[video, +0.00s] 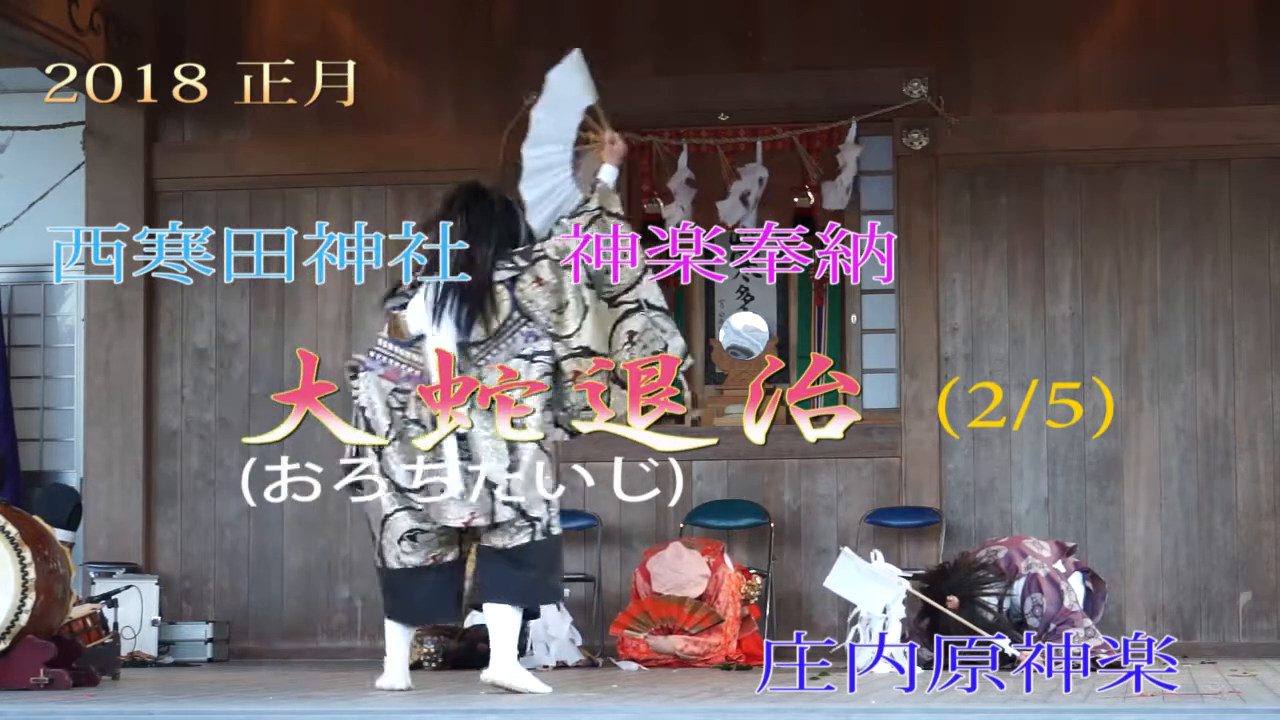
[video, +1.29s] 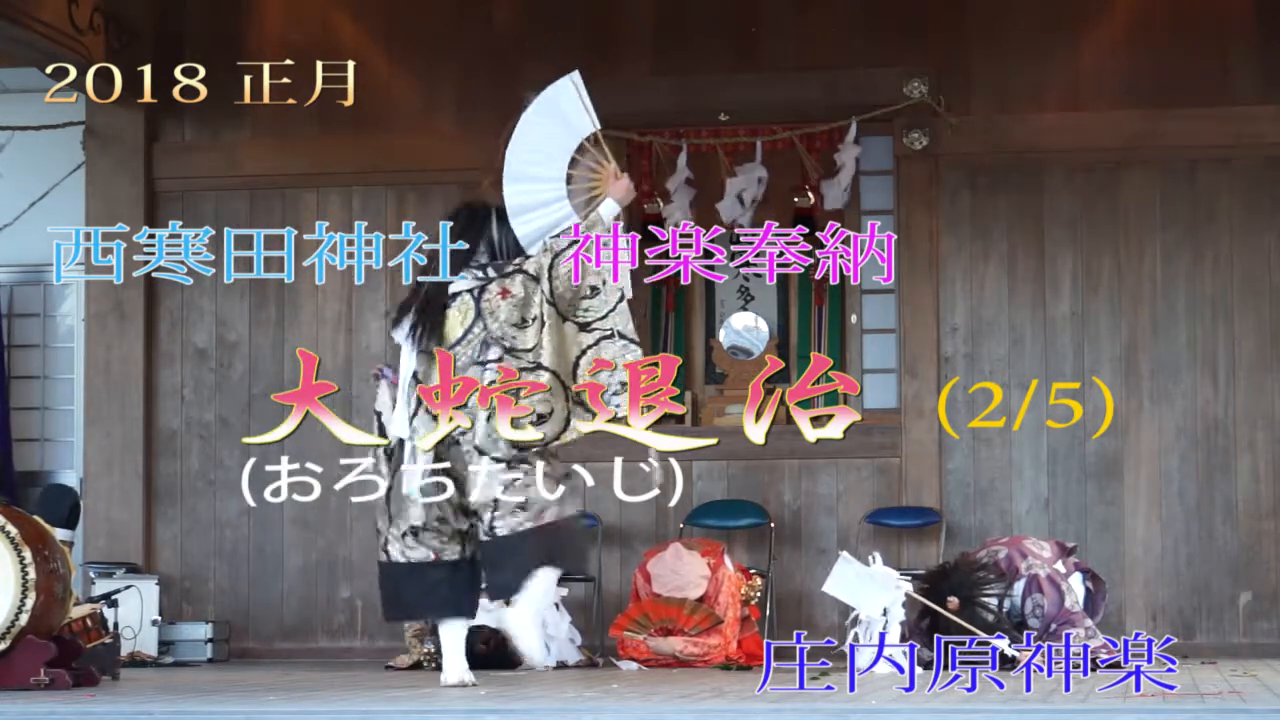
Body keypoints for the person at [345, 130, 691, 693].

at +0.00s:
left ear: (444, 233)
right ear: (508, 235)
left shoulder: (416, 298)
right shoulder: (527, 288)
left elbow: (382, 375)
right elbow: (582, 239)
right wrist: (608, 172)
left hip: (424, 448)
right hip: (503, 445)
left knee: (410, 550)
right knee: (509, 547)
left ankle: (396, 666)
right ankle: (504, 660)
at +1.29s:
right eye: (505, 230)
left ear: (447, 244)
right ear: (503, 238)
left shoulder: (423, 306)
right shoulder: (523, 284)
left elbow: (397, 391)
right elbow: (575, 257)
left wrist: (398, 440)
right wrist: (612, 204)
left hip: (431, 442)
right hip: (502, 432)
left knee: (442, 554)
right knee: (529, 528)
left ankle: (453, 662)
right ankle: (525, 614)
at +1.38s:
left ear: (455, 252)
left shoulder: (430, 311)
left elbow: (398, 402)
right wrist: (609, 212)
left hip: (430, 456)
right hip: (496, 452)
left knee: (452, 560)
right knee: (585, 507)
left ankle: (454, 661)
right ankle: (576, 592)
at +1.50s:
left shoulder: (468, 307)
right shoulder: (549, 282)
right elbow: (581, 263)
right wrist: (612, 209)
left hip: (452, 457)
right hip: (514, 454)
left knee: (465, 550)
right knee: (616, 470)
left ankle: (454, 661)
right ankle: (640, 570)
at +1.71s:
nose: (560, 257)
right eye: (554, 248)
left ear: (493, 258)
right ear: (544, 253)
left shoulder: (476, 317)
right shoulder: (566, 292)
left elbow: (462, 405)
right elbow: (610, 249)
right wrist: (636, 195)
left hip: (480, 460)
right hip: (545, 456)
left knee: (489, 555)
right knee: (643, 514)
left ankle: (456, 657)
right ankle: (685, 615)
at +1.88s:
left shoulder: (548, 326)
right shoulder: (614, 313)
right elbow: (659, 256)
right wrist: (665, 200)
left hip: (533, 459)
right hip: (596, 459)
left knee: (523, 554)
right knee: (669, 545)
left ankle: (458, 658)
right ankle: (671, 657)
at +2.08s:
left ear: (591, 253)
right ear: (645, 250)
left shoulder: (586, 302)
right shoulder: (666, 294)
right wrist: (717, 180)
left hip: (577, 436)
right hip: (648, 441)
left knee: (548, 528)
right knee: (686, 534)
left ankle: (495, 640)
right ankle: (674, 656)